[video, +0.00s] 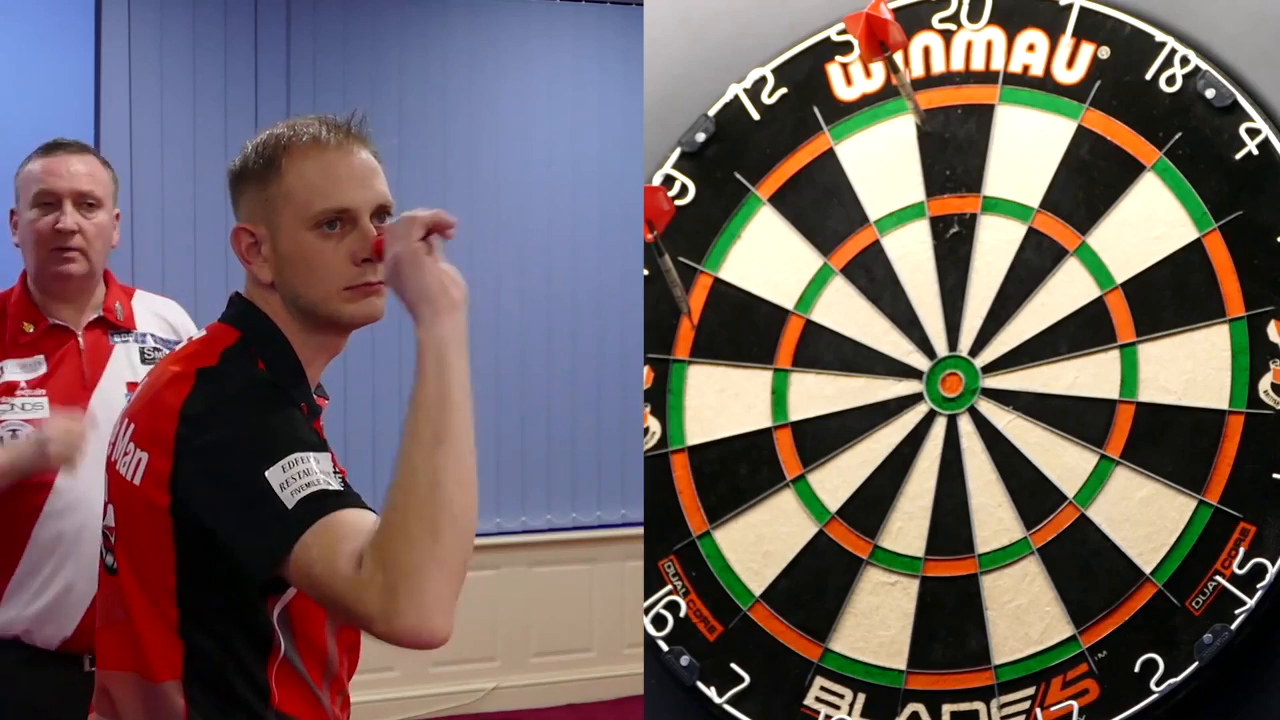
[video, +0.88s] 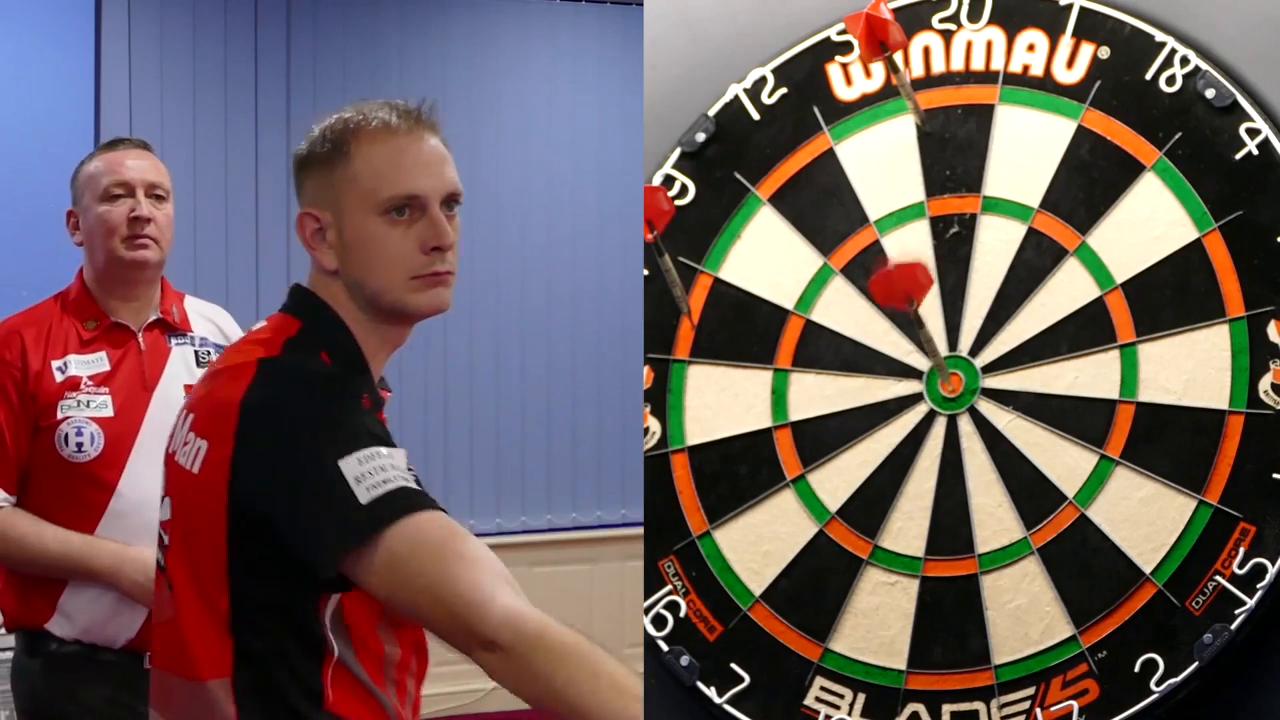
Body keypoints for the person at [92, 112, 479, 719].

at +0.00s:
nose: (375, 246)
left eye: (381, 218)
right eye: (333, 226)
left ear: (395, 221)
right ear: (254, 251)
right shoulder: (230, 401)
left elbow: (123, 676)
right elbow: (411, 604)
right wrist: (442, 317)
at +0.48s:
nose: (396, 251)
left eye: (404, 221)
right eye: (354, 228)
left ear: (416, 225)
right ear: (276, 255)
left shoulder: (195, 384)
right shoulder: (262, 409)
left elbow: (147, 686)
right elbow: (442, 620)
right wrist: (486, 332)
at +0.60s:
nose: (404, 250)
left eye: (410, 222)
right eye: (364, 226)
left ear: (423, 225)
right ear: (285, 254)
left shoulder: (209, 387)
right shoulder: (256, 408)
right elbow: (468, 512)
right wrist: (671, 417)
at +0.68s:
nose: (415, 242)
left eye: (422, 214)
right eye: (375, 218)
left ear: (434, 217)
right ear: (295, 245)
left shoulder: (215, 381)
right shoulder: (276, 391)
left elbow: (167, 678)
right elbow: (460, 519)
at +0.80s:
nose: (426, 239)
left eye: (434, 210)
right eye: (386, 214)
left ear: (447, 213)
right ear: (305, 241)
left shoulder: (223, 378)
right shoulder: (285, 393)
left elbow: (168, 688)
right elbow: (475, 590)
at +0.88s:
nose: (443, 239)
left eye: (451, 208)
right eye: (402, 212)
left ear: (460, 212)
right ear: (320, 238)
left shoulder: (239, 374)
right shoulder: (297, 396)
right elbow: (500, 631)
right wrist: (673, 710)